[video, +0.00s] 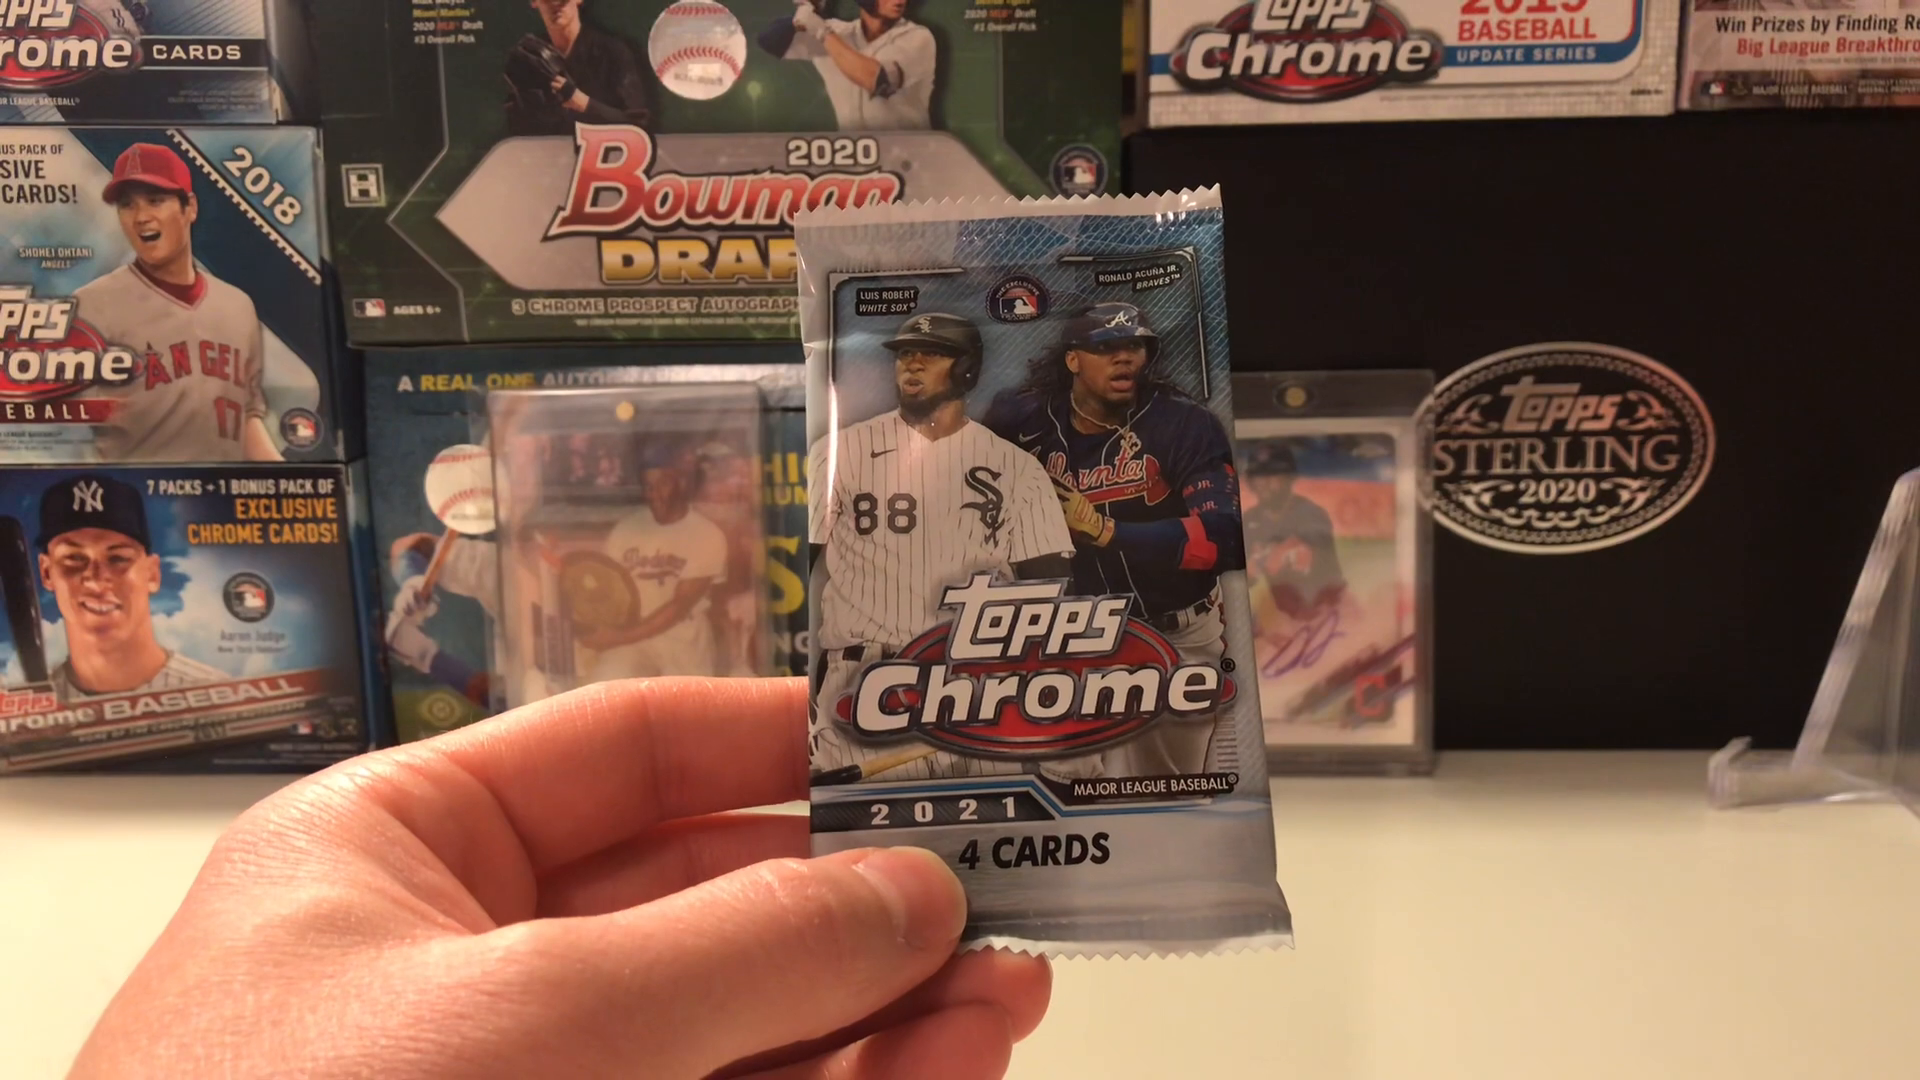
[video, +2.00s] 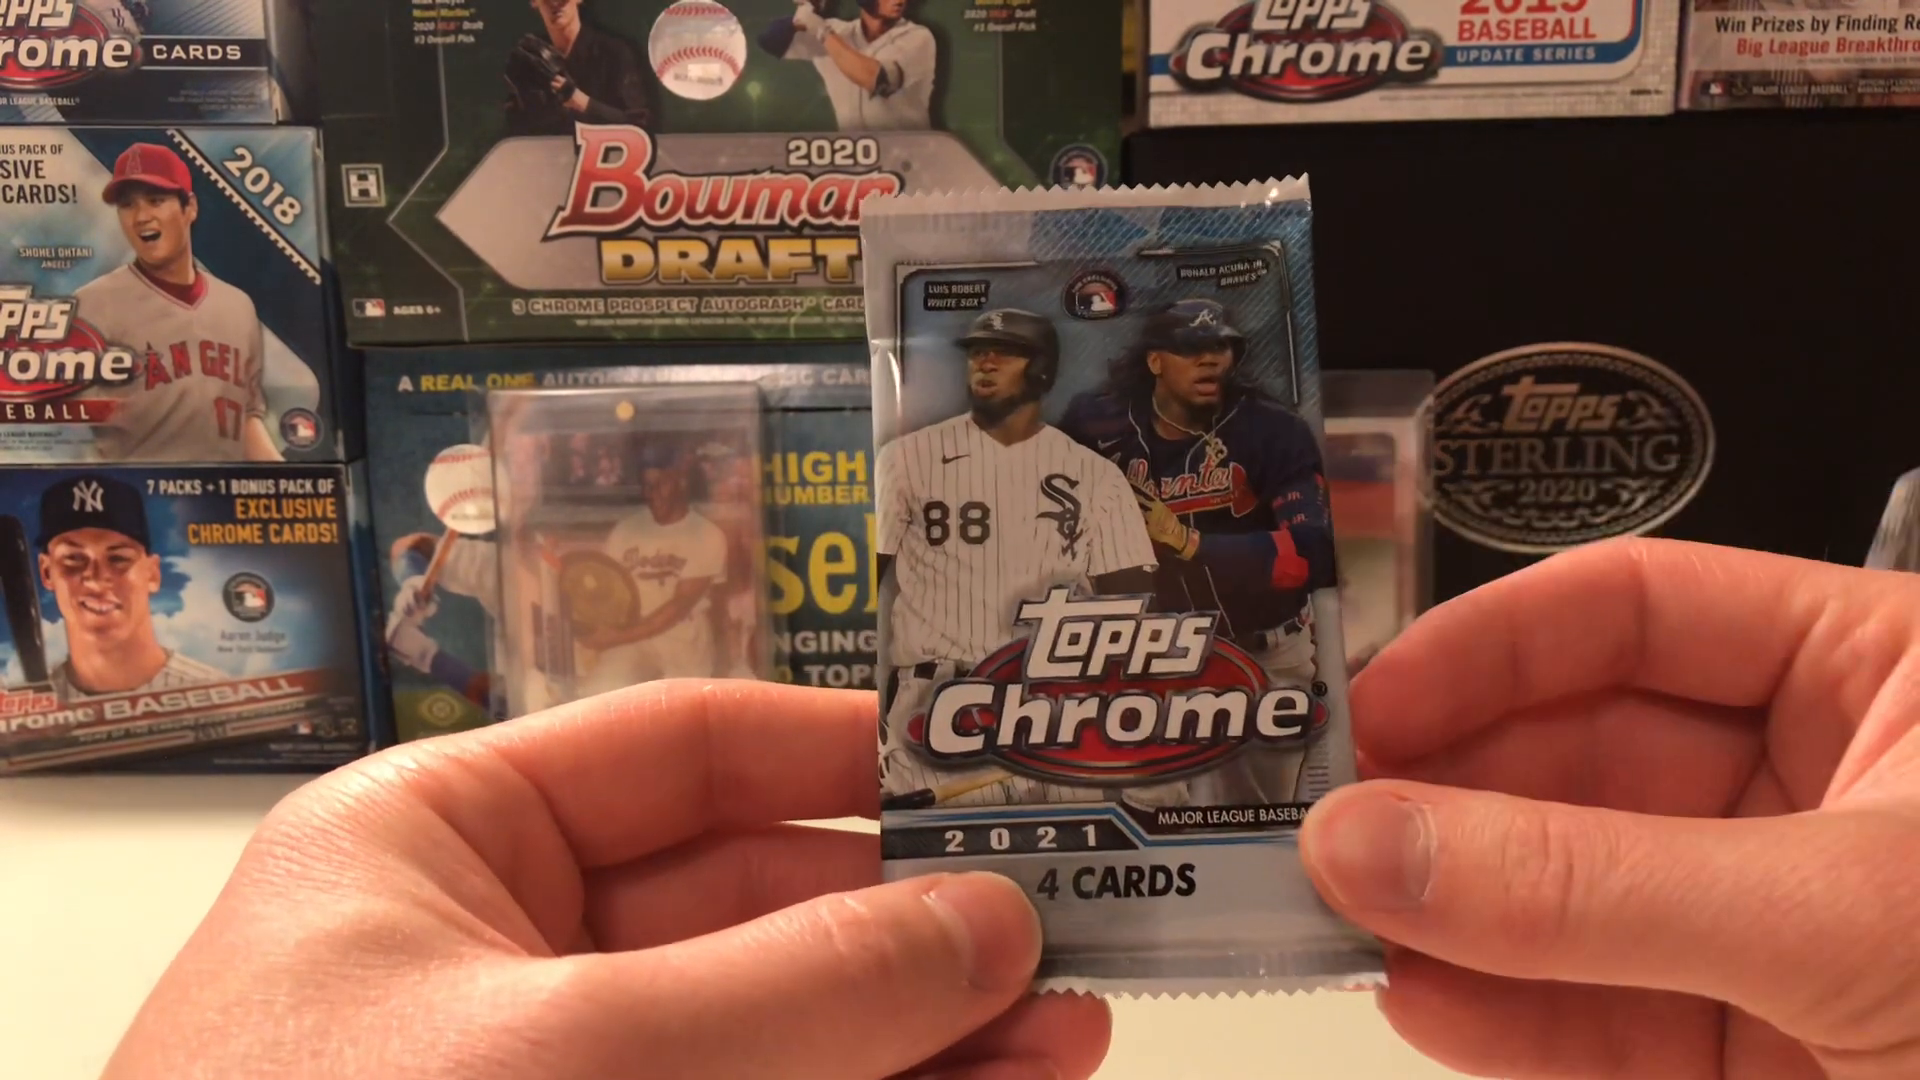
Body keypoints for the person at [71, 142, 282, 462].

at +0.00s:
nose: (142, 217)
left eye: (156, 200)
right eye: (128, 204)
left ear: (189, 209)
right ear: (119, 217)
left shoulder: (239, 307)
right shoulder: (91, 307)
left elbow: (248, 414)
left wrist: (283, 482)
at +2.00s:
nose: (142, 216)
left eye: (157, 200)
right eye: (128, 204)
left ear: (189, 209)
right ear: (118, 217)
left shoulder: (239, 307)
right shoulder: (92, 306)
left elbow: (247, 414)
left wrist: (284, 484)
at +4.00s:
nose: (142, 216)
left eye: (156, 199)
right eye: (128, 203)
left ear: (189, 209)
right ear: (118, 217)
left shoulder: (238, 306)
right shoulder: (90, 307)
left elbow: (248, 414)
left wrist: (283, 481)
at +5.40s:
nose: (144, 217)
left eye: (158, 201)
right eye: (129, 204)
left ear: (190, 210)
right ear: (119, 218)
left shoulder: (240, 307)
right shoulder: (92, 307)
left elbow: (249, 415)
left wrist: (283, 483)